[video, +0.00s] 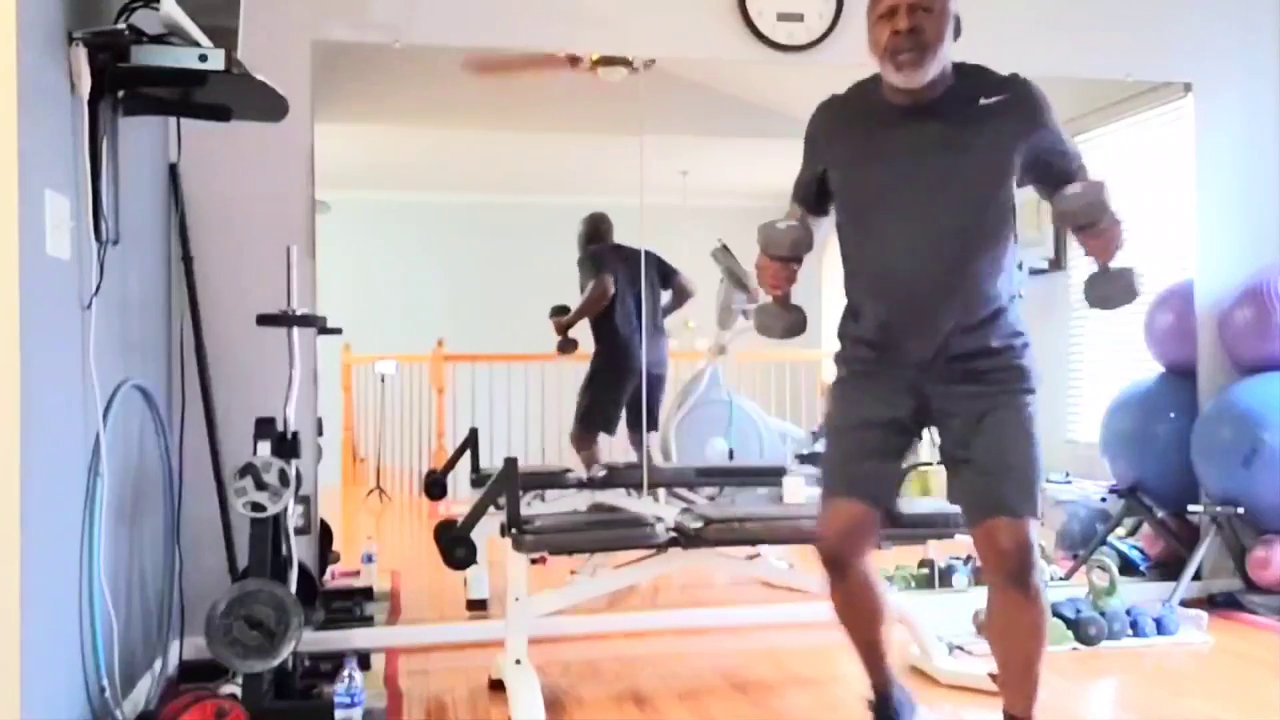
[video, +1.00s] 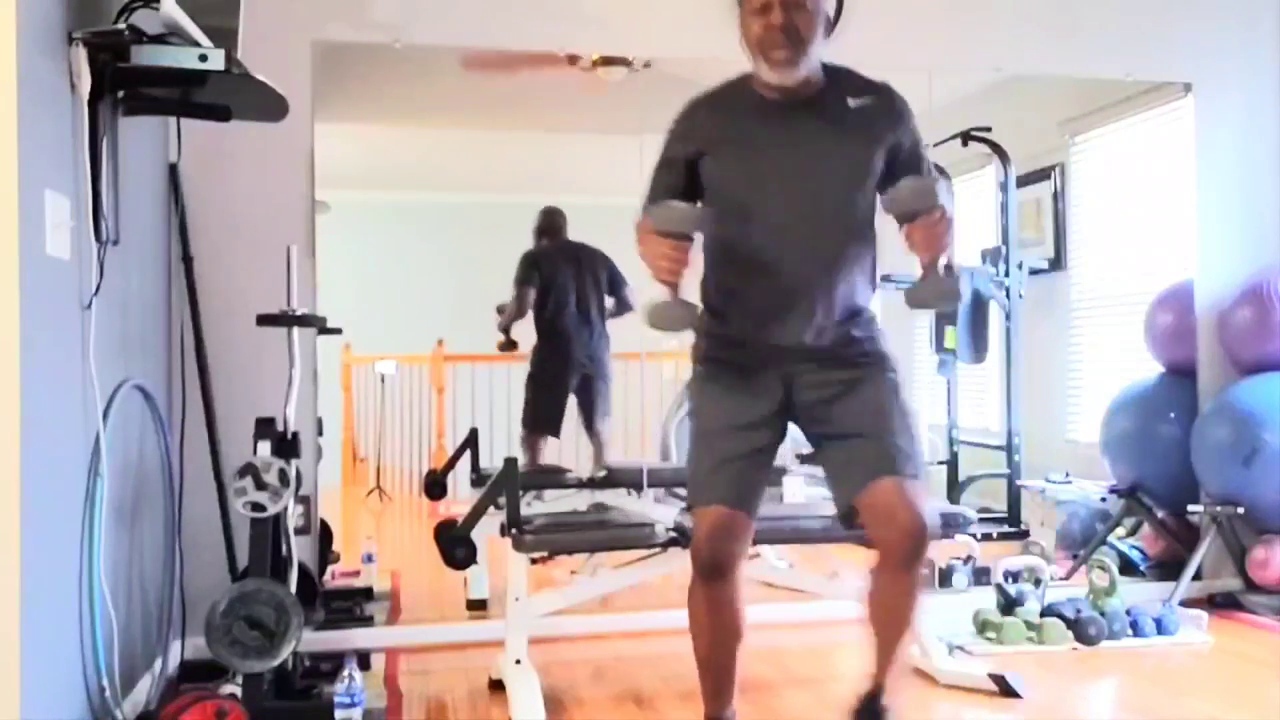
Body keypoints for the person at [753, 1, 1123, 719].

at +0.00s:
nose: (903, 25)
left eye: (921, 9)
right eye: (887, 11)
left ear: (953, 20)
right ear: (867, 26)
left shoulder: (1012, 104)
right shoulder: (836, 121)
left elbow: (1073, 191)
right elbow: (802, 216)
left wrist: (1096, 227)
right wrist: (778, 259)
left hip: (985, 360)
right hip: (874, 362)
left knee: (1010, 549)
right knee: (840, 541)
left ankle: (1019, 713)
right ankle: (886, 696)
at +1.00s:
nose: (777, 22)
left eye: (795, 6)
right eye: (760, 7)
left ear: (828, 14)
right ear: (740, 18)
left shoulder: (878, 111)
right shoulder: (704, 119)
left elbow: (920, 209)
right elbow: (657, 223)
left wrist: (931, 231)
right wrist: (659, 250)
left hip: (846, 356)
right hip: (735, 360)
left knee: (906, 529)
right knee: (713, 546)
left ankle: (878, 696)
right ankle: (718, 714)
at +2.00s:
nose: (614, 30)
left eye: (631, 14)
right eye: (598, 15)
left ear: (658, 23)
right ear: (575, 25)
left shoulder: (702, 119)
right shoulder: (528, 118)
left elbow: (743, 223)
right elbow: (472, 211)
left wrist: (761, 255)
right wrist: (466, 249)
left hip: (666, 368)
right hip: (550, 372)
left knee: (739, 541)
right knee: (515, 560)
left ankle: (739, 699)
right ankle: (511, 718)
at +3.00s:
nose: (719, 30)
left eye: (737, 14)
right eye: (706, 14)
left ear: (773, 23)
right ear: (691, 23)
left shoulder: (827, 118)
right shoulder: (652, 123)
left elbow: (874, 225)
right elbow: (608, 239)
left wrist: (889, 273)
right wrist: (608, 287)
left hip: (798, 370)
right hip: (683, 369)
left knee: (845, 558)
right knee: (620, 542)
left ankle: (843, 718)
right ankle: (595, 706)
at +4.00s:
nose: (893, 29)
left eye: (911, 13)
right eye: (876, 13)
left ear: (945, 22)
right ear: (855, 24)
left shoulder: (1008, 113)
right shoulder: (818, 127)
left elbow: (1063, 217)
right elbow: (768, 232)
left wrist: (1061, 261)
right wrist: (752, 280)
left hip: (959, 376)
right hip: (839, 370)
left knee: (981, 567)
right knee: (768, 543)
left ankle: (989, 715)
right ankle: (765, 709)